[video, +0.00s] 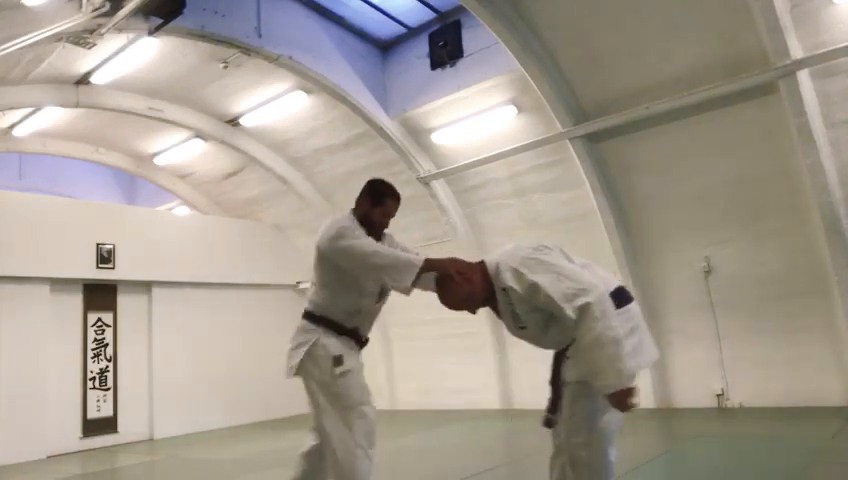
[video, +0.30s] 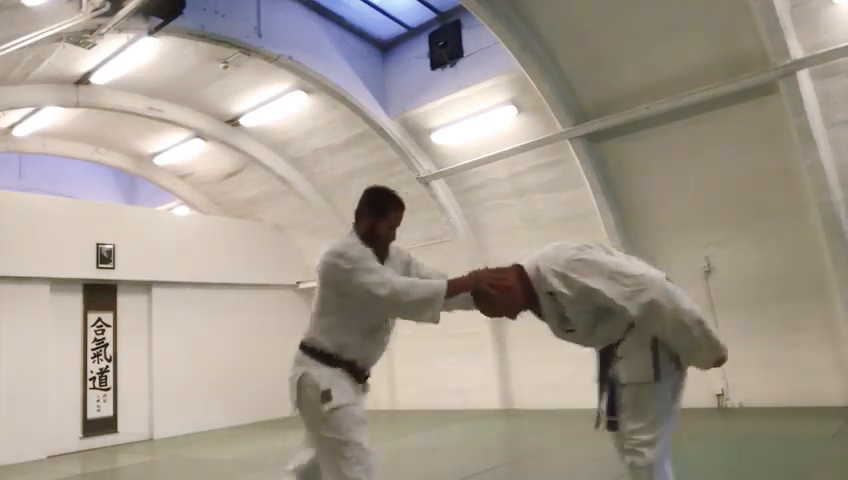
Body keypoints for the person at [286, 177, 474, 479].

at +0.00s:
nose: (388, 223)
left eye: (391, 216)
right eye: (386, 214)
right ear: (365, 205)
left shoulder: (381, 242)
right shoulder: (340, 235)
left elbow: (413, 270)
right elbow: (384, 261)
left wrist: (459, 283)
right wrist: (442, 265)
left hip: (344, 346)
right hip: (323, 343)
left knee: (334, 435)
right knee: (359, 420)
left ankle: (308, 474)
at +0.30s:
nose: (395, 234)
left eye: (397, 227)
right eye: (391, 225)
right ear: (368, 220)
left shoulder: (391, 258)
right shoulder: (345, 256)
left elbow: (431, 285)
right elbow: (394, 293)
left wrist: (484, 296)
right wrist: (466, 283)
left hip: (351, 378)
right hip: (322, 373)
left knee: (328, 461)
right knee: (356, 468)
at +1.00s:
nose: (459, 179)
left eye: (461, 174)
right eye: (451, 171)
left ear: (461, 182)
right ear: (423, 174)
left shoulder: (467, 229)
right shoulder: (395, 211)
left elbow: (498, 280)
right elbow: (357, 154)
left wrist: (526, 262)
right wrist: (386, 114)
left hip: (467, 348)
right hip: (413, 348)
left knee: (505, 448)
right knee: (416, 464)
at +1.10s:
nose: (478, 186)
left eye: (481, 182)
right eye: (472, 178)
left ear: (480, 188)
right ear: (445, 176)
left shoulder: (487, 238)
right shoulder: (423, 211)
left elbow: (509, 296)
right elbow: (395, 152)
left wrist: (539, 268)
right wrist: (405, 131)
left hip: (477, 352)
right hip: (428, 347)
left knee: (506, 456)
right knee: (424, 462)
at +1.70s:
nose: (491, 193)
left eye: (495, 189)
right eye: (485, 184)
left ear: (495, 193)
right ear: (463, 181)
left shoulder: (497, 239)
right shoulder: (436, 216)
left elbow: (534, 264)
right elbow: (445, 174)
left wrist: (584, 251)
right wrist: (458, 136)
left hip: (479, 351)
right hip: (430, 345)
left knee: (513, 452)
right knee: (423, 460)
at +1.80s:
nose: (468, 196)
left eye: (472, 191)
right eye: (462, 188)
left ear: (473, 196)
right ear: (438, 186)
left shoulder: (481, 240)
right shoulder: (413, 225)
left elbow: (527, 264)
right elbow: (416, 168)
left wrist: (575, 255)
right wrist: (435, 148)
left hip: (466, 357)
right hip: (415, 355)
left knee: (514, 454)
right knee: (410, 465)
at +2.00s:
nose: (415, 200)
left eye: (422, 194)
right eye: (408, 190)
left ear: (427, 202)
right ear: (389, 192)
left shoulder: (428, 248)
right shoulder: (366, 236)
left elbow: (456, 299)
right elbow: (352, 206)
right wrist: (385, 181)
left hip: (427, 363)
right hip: (377, 363)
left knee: (474, 454)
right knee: (387, 468)